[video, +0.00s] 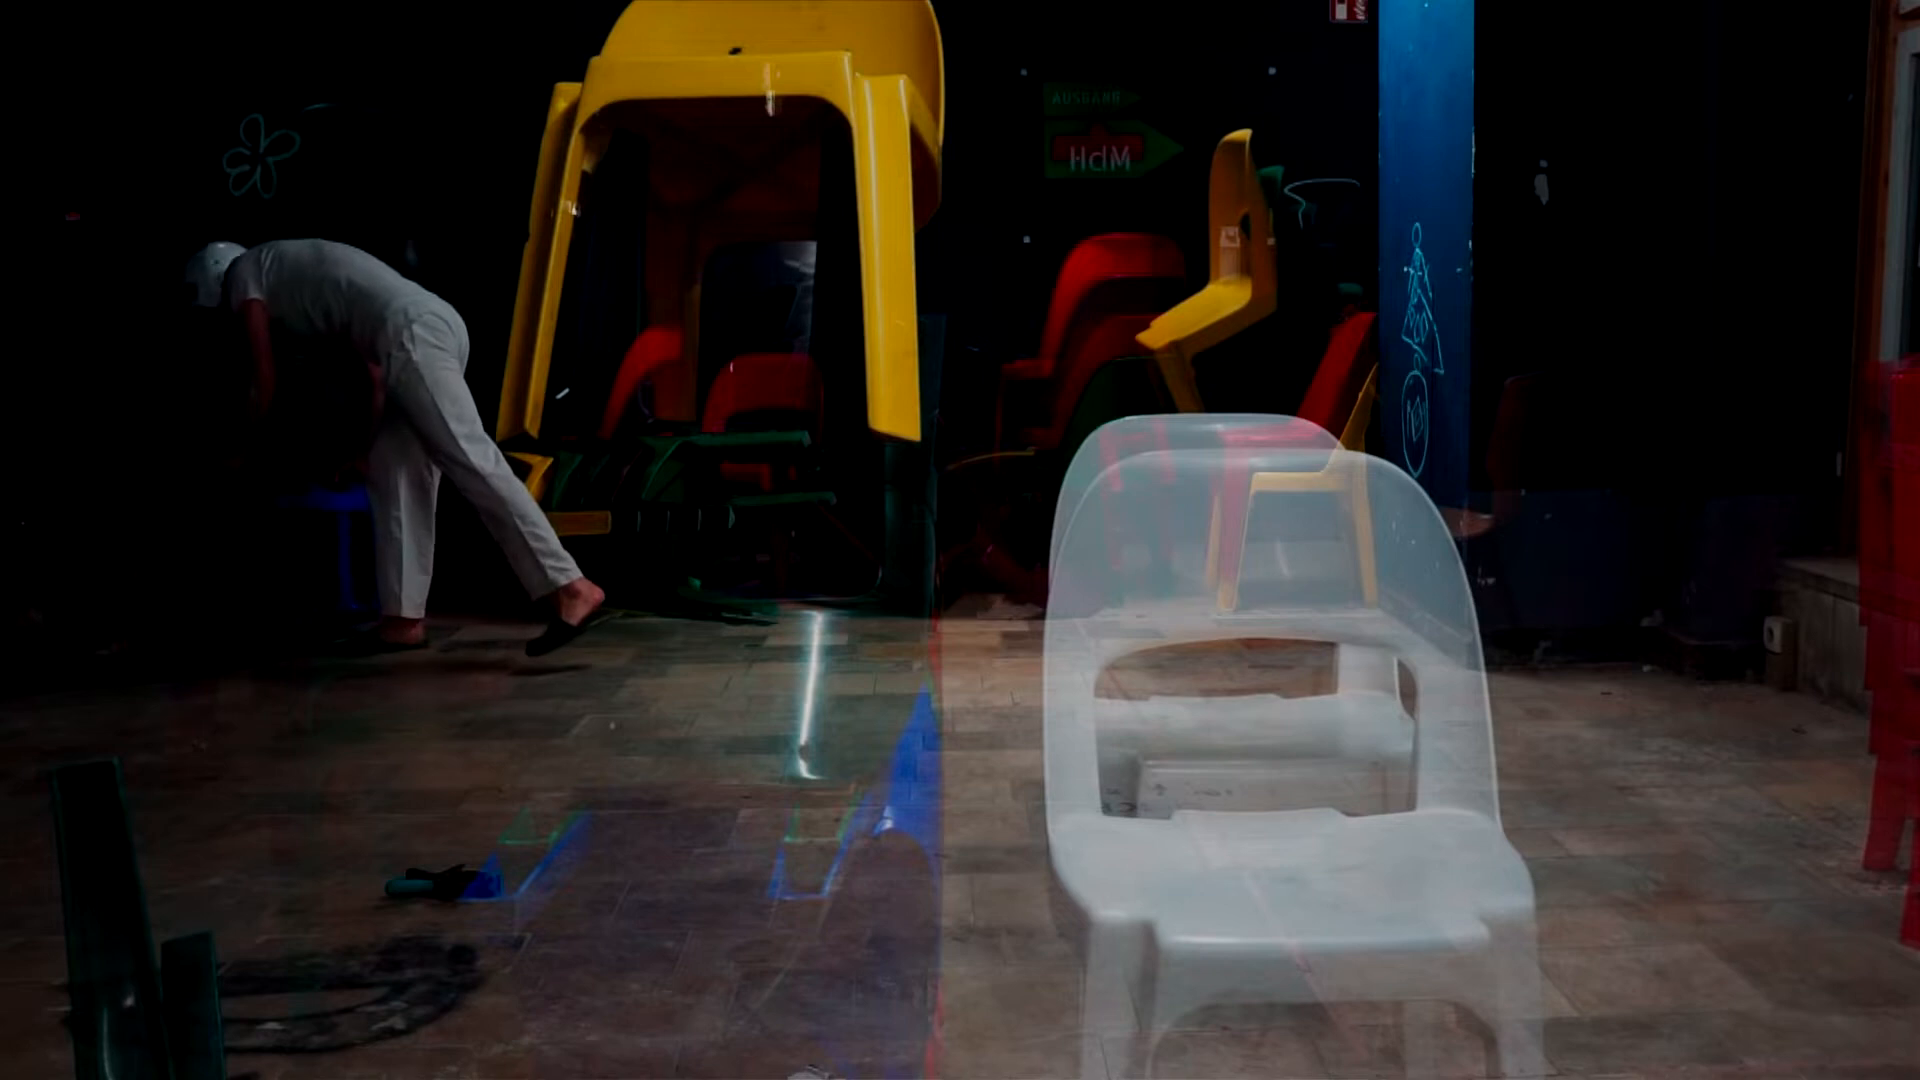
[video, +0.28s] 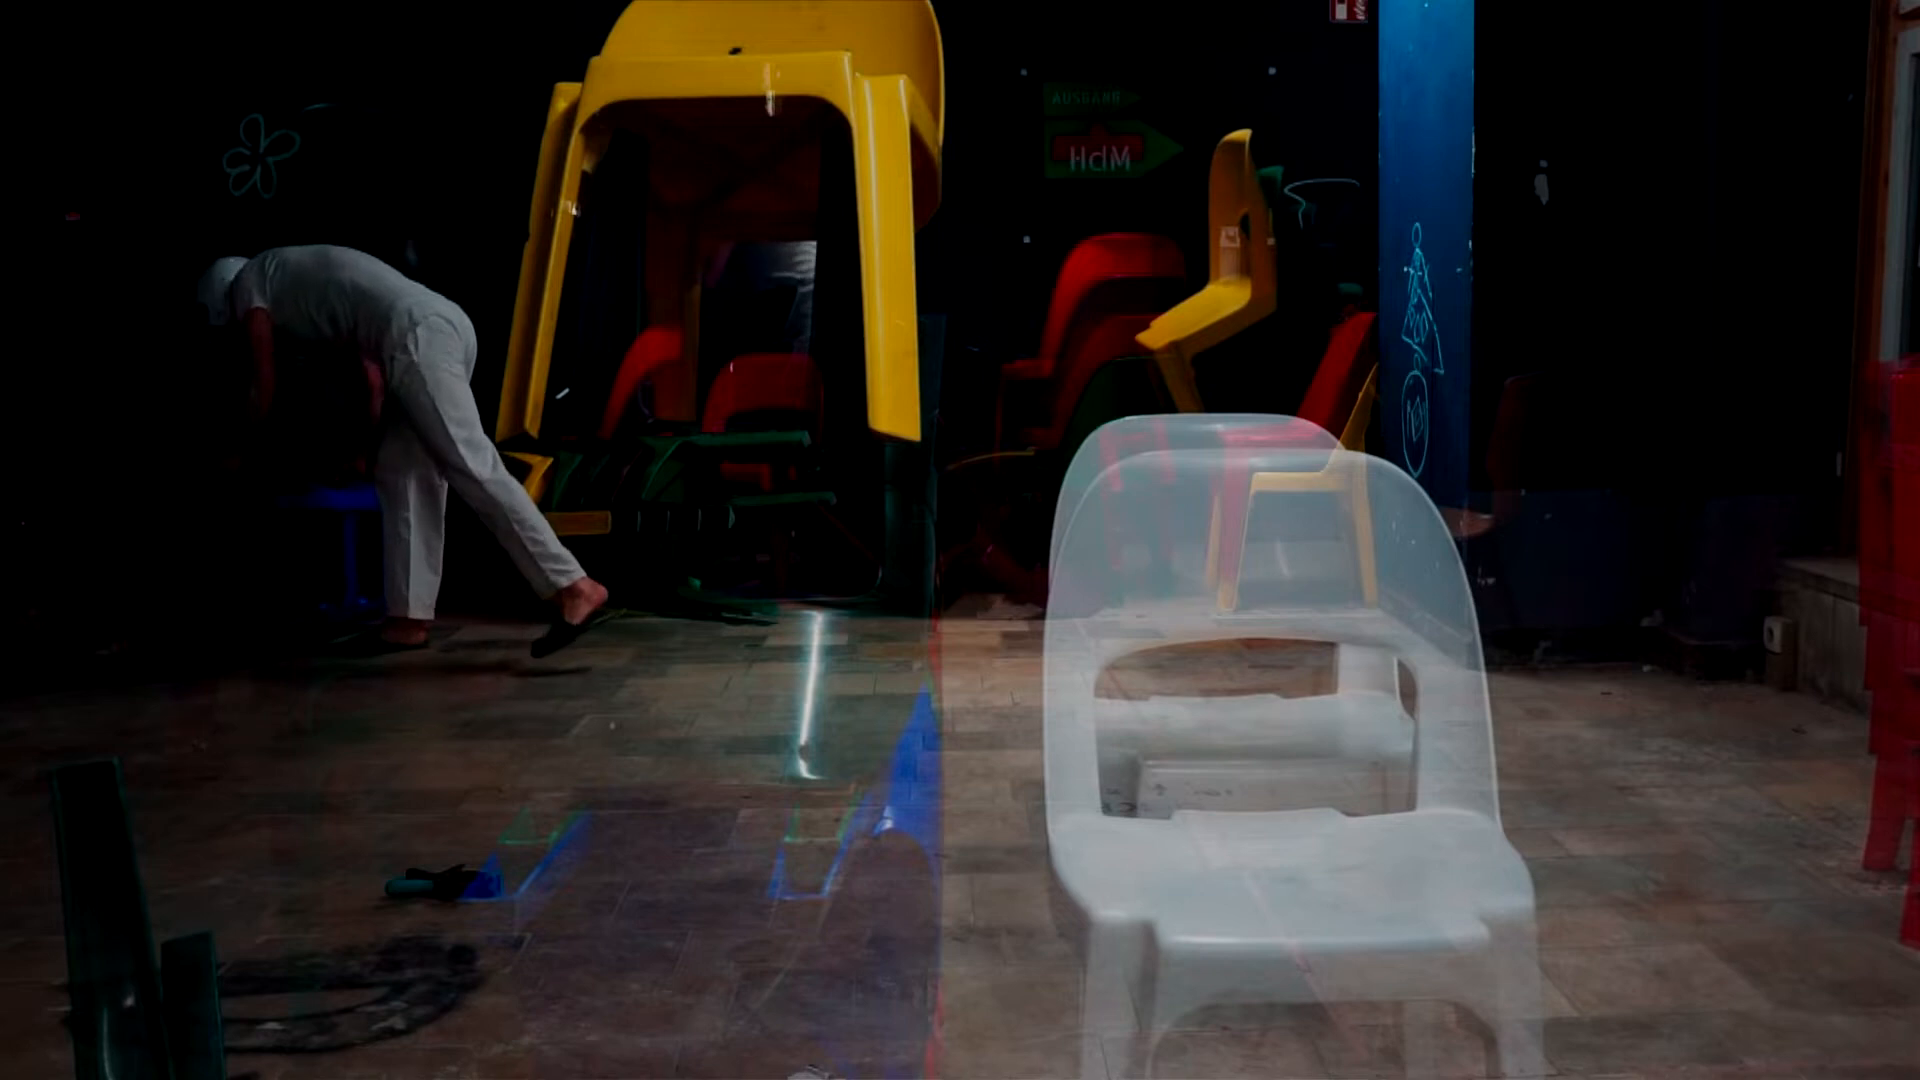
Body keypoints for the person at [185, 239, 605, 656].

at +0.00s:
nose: (218, 306)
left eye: (212, 297)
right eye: (213, 301)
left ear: (219, 276)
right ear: (237, 261)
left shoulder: (246, 270)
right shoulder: (303, 272)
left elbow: (262, 370)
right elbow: (374, 370)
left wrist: (256, 434)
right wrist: (367, 443)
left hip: (409, 330)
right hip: (433, 326)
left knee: (475, 463)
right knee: (396, 469)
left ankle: (571, 589)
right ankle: (402, 620)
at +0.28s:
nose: (233, 319)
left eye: (227, 310)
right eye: (227, 314)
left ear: (229, 291)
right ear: (247, 275)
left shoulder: (252, 278)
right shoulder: (308, 277)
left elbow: (262, 373)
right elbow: (371, 371)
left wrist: (254, 438)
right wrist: (371, 442)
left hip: (415, 333)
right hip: (446, 327)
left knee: (475, 468)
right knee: (404, 474)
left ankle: (574, 588)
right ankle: (408, 619)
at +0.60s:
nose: (241, 268)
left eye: (235, 260)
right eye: (237, 263)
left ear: (239, 242)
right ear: (261, 222)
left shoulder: (270, 232)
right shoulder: (317, 234)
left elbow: (287, 332)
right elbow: (378, 327)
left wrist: (260, 404)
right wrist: (370, 416)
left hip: (420, 336)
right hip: (452, 329)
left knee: (444, 483)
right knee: (396, 478)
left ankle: (507, 629)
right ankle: (409, 618)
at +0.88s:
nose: (290, 185)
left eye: (285, 176)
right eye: (288, 179)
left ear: (291, 159)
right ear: (318, 140)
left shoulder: (322, 162)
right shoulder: (375, 174)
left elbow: (341, 263)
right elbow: (408, 262)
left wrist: (318, 354)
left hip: (414, 335)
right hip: (452, 328)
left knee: (424, 486)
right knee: (402, 480)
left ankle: (493, 629)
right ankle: (395, 616)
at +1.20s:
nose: (353, 142)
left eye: (352, 132)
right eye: (351, 133)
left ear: (364, 120)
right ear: (402, 108)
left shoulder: (386, 145)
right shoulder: (466, 159)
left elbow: (387, 260)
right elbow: (520, 261)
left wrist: (360, 332)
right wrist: (513, 344)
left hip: (439, 343)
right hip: (490, 340)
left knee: (445, 494)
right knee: (450, 486)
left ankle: (495, 637)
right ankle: (447, 625)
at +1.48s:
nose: (400, 124)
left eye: (399, 115)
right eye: (399, 116)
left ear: (409, 105)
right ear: (459, 96)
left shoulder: (420, 140)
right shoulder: (524, 149)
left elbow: (420, 252)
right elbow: (577, 249)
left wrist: (383, 338)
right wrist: (580, 342)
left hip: (464, 340)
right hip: (531, 336)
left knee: (467, 488)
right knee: (519, 483)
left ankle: (492, 637)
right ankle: (573, 606)